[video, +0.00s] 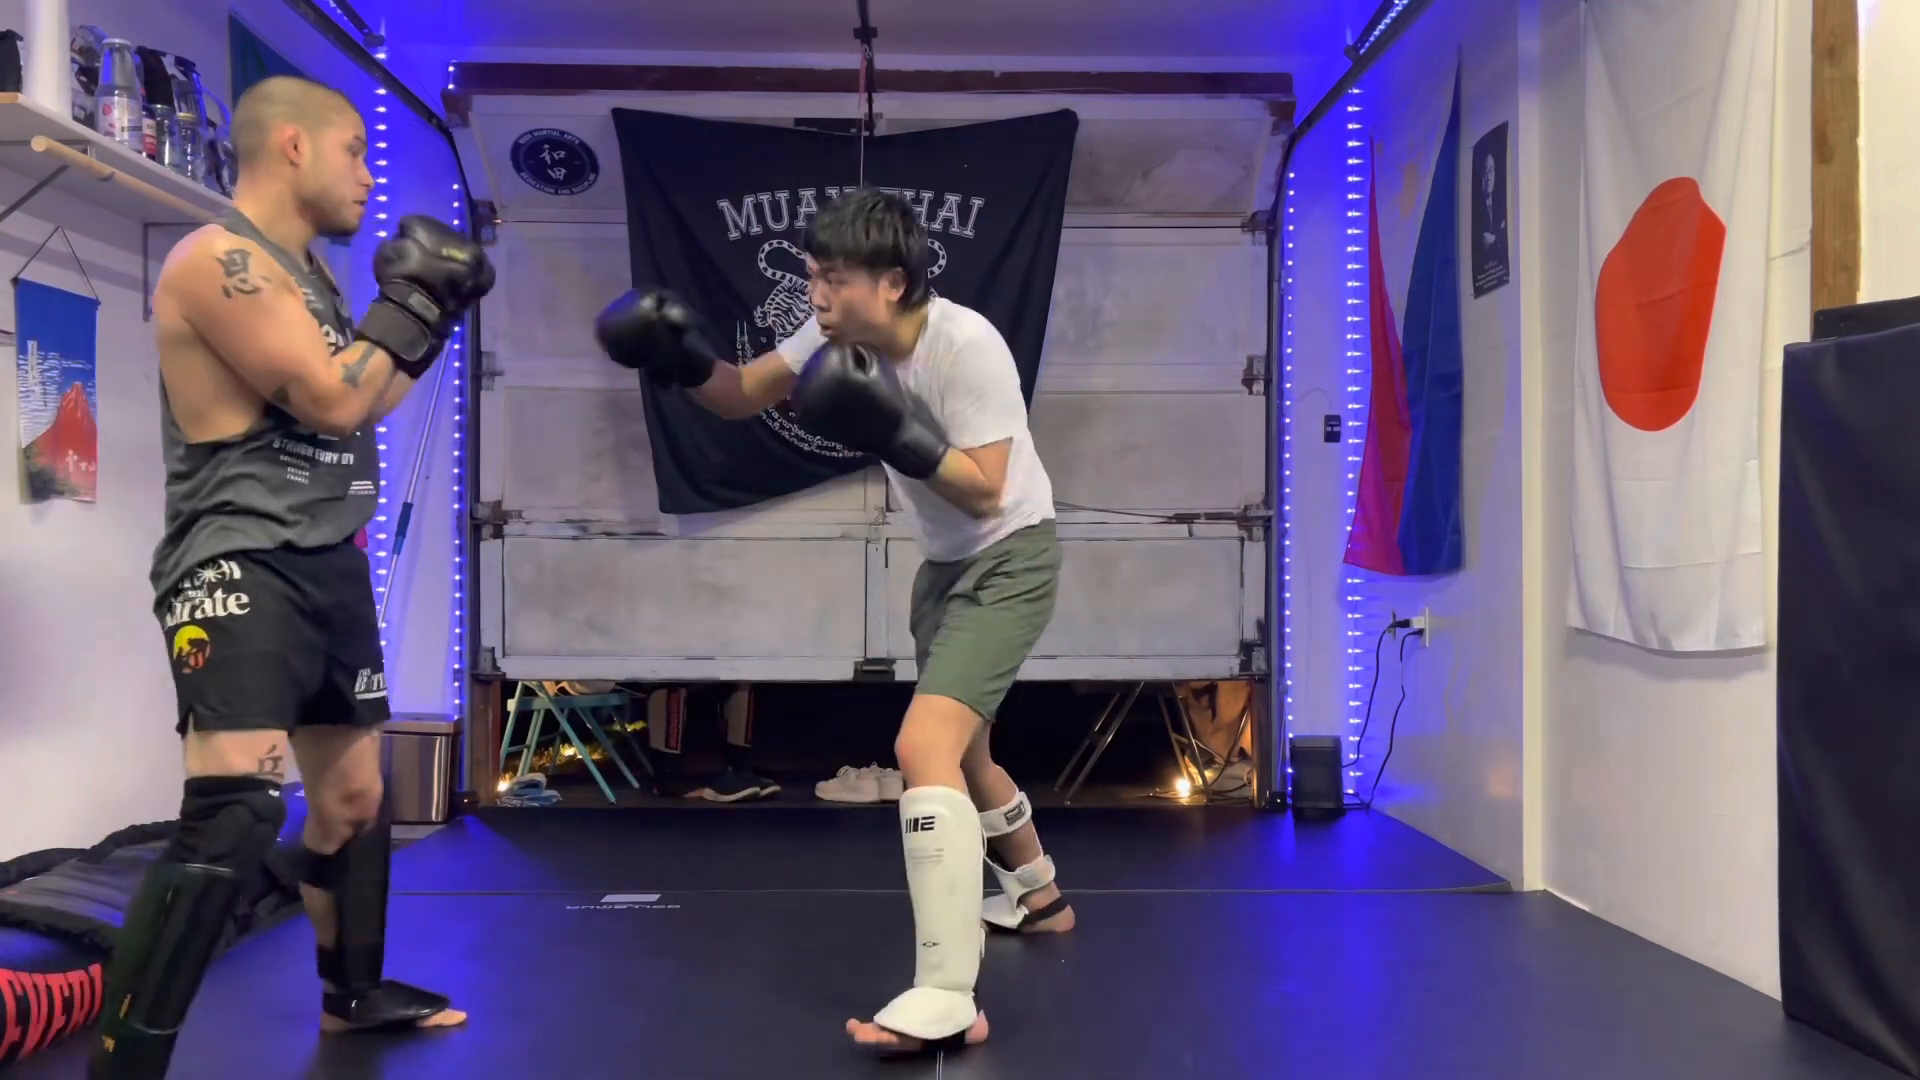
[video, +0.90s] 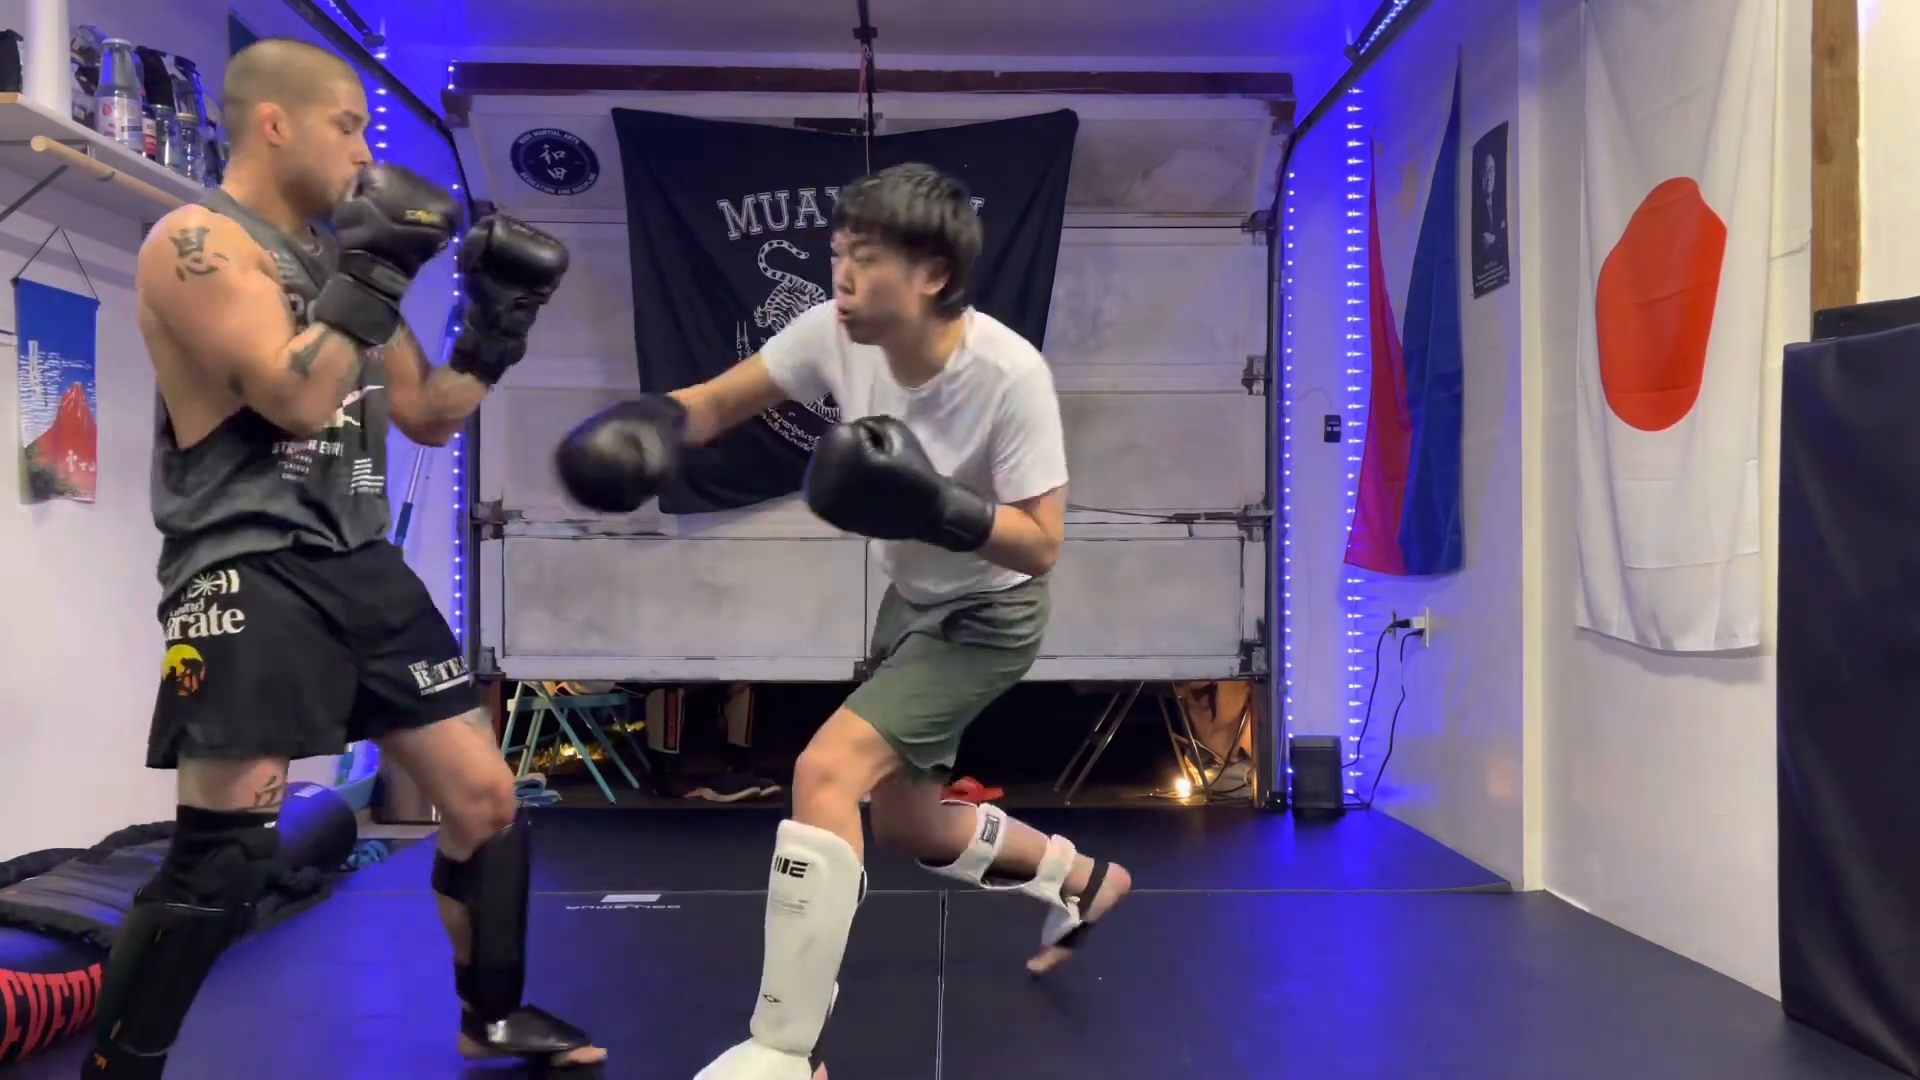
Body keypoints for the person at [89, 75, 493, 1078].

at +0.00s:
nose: (368, 175)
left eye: (368, 156)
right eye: (355, 152)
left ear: (291, 153)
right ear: (290, 150)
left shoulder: (306, 277)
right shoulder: (217, 257)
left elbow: (366, 403)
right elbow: (334, 401)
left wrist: (430, 314)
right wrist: (410, 298)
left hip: (327, 563)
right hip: (235, 559)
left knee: (350, 802)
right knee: (234, 815)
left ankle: (355, 993)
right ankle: (131, 1056)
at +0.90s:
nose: (363, 148)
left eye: (365, 129)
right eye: (348, 124)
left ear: (293, 131)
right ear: (270, 124)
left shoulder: (338, 265)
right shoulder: (192, 239)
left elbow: (428, 413)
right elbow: (299, 399)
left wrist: (494, 323)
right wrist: (379, 265)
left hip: (361, 563)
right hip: (244, 564)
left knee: (483, 801)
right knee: (223, 844)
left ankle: (493, 1014)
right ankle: (122, 1063)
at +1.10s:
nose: (452, 144)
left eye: (451, 124)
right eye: (434, 120)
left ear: (365, 131)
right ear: (357, 126)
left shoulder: (421, 270)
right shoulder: (284, 241)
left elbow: (499, 389)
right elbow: (389, 383)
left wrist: (559, 289)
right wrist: (501, 301)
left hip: (439, 577)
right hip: (315, 580)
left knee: (544, 814)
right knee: (248, 845)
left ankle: (538, 1046)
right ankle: (128, 1061)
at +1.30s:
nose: (556, 137)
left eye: (551, 118)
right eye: (540, 113)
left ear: (478, 120)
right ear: (475, 114)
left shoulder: (486, 258)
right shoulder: (410, 217)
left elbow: (491, 410)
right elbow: (447, 377)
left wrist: (595, 364)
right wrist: (611, 402)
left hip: (523, 558)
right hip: (425, 559)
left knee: (566, 812)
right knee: (380, 823)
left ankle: (541, 1046)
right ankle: (191, 1039)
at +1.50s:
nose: (621, 120)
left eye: (616, 99)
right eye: (605, 97)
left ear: (542, 103)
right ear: (541, 100)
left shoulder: (552, 243)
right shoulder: (474, 205)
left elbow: (554, 397)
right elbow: (550, 361)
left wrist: (642, 401)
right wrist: (677, 295)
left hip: (569, 548)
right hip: (481, 543)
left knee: (562, 807)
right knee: (501, 822)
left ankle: (541, 1042)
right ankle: (367, 1060)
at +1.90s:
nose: (715, 107)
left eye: (714, 84)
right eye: (704, 81)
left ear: (635, 80)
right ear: (643, 77)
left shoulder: (634, 218)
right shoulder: (564, 197)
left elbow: (649, 385)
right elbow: (662, 394)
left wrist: (734, 321)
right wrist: (753, 318)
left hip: (652, 548)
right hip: (579, 553)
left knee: (735, 793)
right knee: (583, 850)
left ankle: (626, 999)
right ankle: (507, 1068)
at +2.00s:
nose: (737, 104)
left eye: (734, 81)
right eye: (728, 79)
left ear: (654, 76)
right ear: (674, 74)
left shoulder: (634, 193)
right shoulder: (616, 186)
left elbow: (715, 361)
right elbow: (738, 364)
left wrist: (785, 267)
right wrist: (802, 259)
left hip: (673, 547)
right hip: (617, 552)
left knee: (752, 793)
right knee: (588, 835)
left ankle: (742, 1027)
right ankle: (511, 1067)